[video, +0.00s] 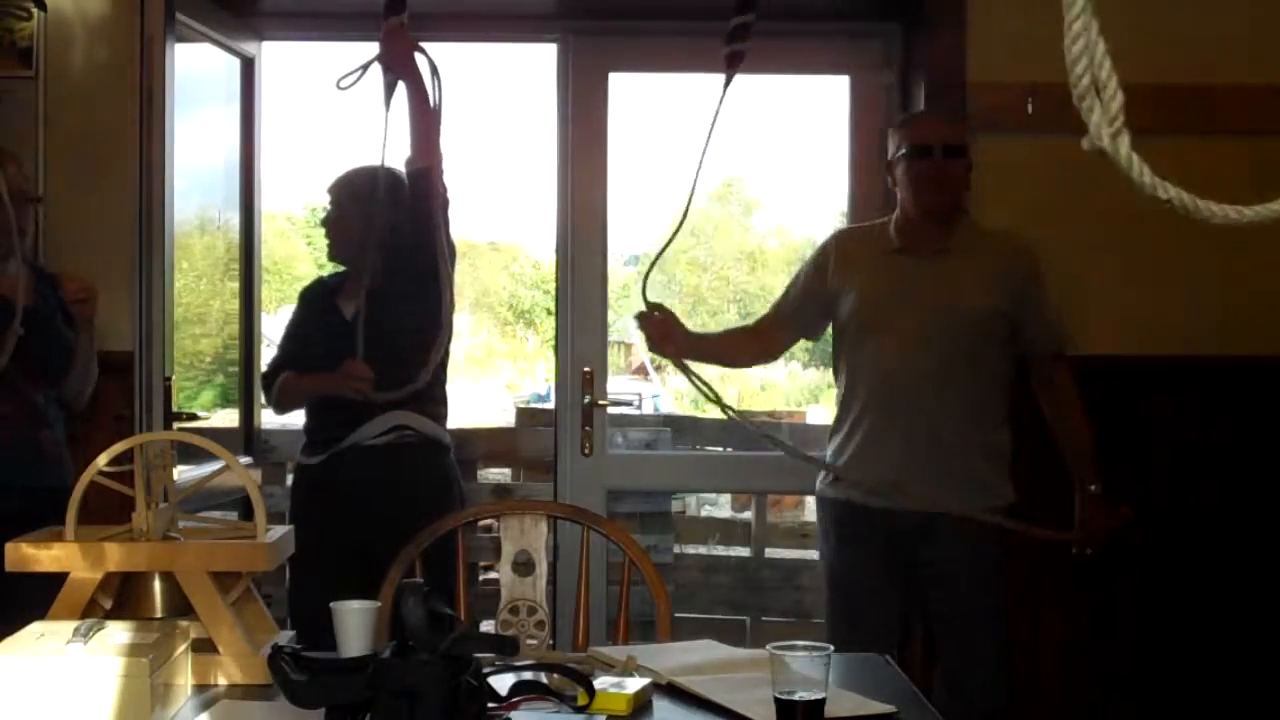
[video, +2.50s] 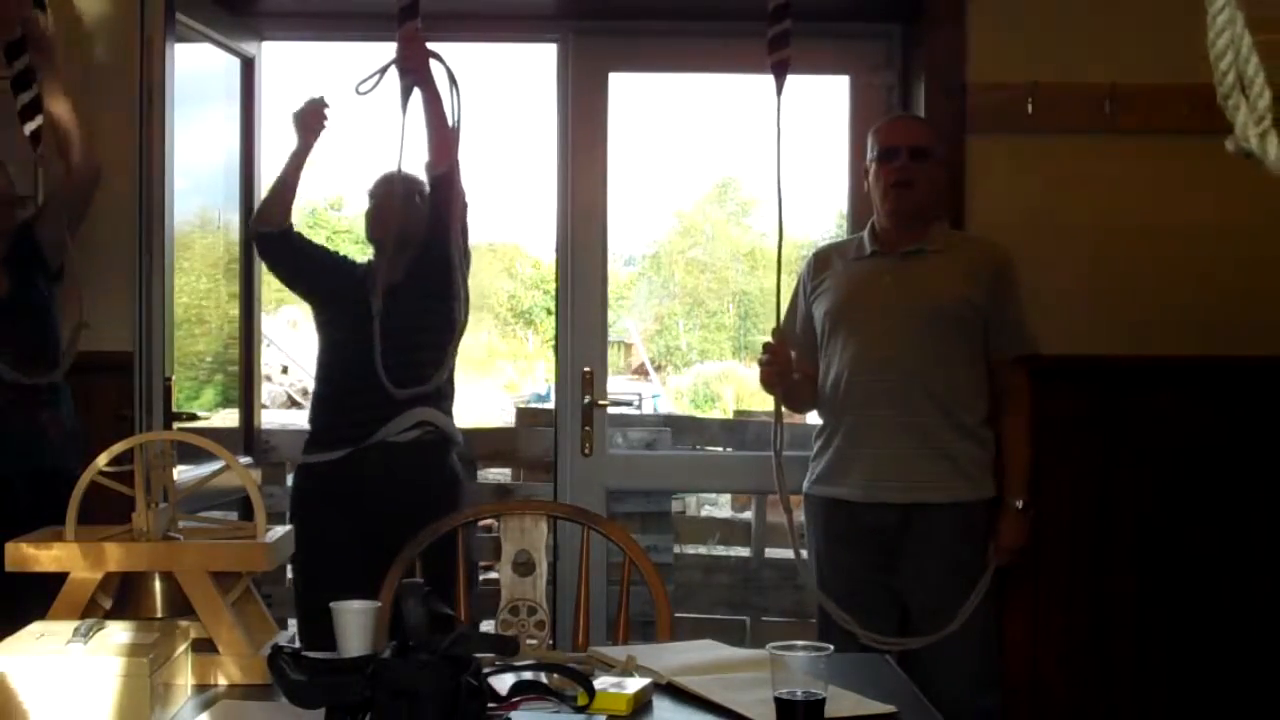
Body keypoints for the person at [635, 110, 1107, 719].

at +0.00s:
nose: (939, 167)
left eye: (953, 154)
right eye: (921, 155)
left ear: (970, 169)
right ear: (892, 172)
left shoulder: (1006, 261)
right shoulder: (847, 254)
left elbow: (1052, 381)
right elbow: (767, 337)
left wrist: (1088, 486)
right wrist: (688, 344)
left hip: (969, 509)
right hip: (860, 504)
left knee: (972, 686)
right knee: (863, 682)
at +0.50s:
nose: (899, 167)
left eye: (912, 155)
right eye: (882, 157)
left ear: (928, 171)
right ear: (854, 175)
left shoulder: (973, 255)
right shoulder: (817, 265)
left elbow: (1006, 379)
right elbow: (801, 390)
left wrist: (1008, 491)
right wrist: (751, 373)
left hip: (949, 505)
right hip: (842, 505)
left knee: (954, 676)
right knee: (857, 676)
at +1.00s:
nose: (912, 169)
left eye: (923, 158)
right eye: (894, 158)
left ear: (936, 172)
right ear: (859, 178)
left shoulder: (976, 262)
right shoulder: (820, 265)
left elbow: (1006, 386)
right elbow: (806, 391)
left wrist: (1010, 500)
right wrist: (788, 378)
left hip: (942, 502)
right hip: (834, 501)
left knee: (948, 675)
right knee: (847, 673)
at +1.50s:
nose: (862, 173)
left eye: (880, 159)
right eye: (858, 160)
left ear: (925, 173)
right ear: (850, 172)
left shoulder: (980, 264)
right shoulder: (824, 270)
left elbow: (1012, 390)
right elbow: (809, 391)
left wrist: (1017, 501)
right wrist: (773, 384)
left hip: (954, 506)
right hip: (845, 504)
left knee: (953, 681)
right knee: (854, 680)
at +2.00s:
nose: (892, 168)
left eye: (909, 156)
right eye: (879, 157)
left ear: (935, 173)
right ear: (863, 175)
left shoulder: (976, 262)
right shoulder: (824, 268)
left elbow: (1010, 386)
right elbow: (809, 397)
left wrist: (1012, 498)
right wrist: (787, 380)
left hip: (950, 506)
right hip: (842, 505)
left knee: (953, 679)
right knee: (854, 677)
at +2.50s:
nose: (902, 167)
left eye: (918, 156)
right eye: (888, 156)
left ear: (941, 172)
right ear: (868, 174)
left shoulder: (982, 263)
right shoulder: (825, 266)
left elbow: (1013, 390)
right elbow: (808, 391)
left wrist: (1014, 503)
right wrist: (782, 381)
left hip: (952, 506)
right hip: (843, 505)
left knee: (953, 682)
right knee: (854, 678)